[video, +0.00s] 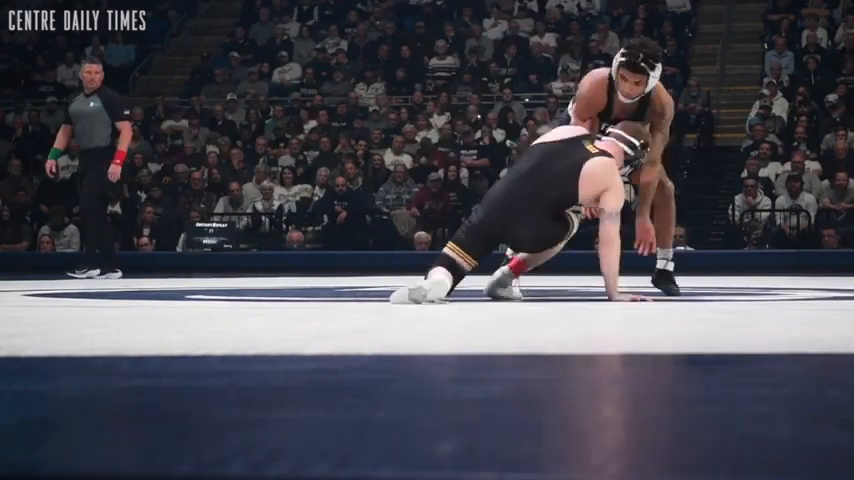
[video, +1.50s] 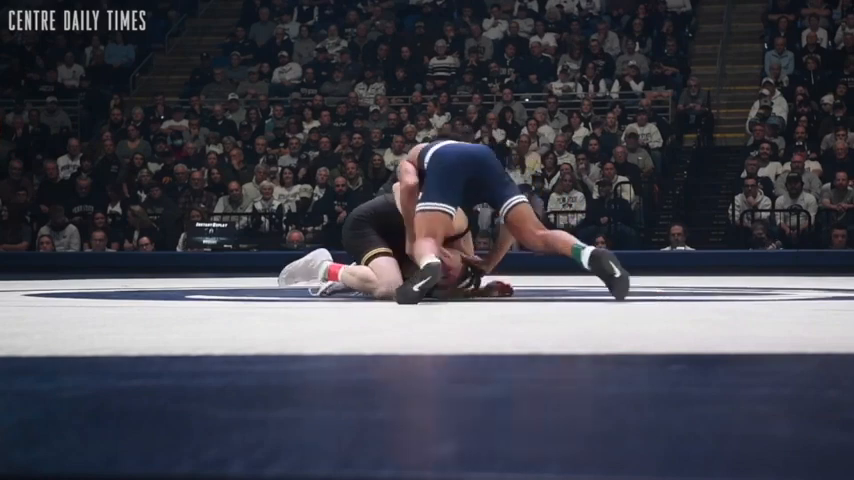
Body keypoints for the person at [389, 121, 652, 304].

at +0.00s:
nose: (626, 169)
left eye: (629, 164)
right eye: (630, 164)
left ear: (606, 135)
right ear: (628, 157)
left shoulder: (563, 132)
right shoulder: (612, 180)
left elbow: (530, 166)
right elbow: (608, 237)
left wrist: (572, 198)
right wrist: (614, 291)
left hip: (493, 210)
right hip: (533, 232)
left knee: (451, 265)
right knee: (569, 225)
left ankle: (434, 284)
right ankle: (506, 278)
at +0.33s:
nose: (576, 91)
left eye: (577, 86)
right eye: (577, 85)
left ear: (540, 69)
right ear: (571, 81)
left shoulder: (505, 78)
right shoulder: (564, 108)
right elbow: (574, 166)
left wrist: (574, 119)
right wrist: (596, 203)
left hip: (473, 166)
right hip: (514, 170)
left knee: (456, 237)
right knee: (523, 201)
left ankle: (463, 254)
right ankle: (501, 274)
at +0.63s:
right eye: (572, 65)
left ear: (545, 45)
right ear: (571, 60)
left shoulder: (509, 47)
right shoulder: (559, 82)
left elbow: (493, 115)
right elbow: (578, 144)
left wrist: (503, 182)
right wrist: (548, 176)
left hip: (459, 122)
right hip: (494, 139)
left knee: (436, 201)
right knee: (442, 198)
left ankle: (452, 252)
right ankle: (384, 243)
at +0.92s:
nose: (563, 245)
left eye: (566, 240)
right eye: (566, 241)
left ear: (551, 220)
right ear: (560, 235)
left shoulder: (520, 209)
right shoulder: (544, 247)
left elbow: (487, 239)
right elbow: (577, 294)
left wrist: (488, 289)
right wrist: (592, 298)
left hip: (429, 190)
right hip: (436, 216)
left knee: (351, 210)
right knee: (379, 289)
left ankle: (281, 179)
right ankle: (301, 263)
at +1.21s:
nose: (522, 255)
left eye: (526, 252)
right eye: (526, 250)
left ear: (519, 244)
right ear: (519, 243)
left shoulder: (491, 244)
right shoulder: (495, 245)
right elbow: (505, 273)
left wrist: (468, 279)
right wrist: (544, 290)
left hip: (397, 212)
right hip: (396, 208)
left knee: (398, 269)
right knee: (395, 287)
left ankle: (335, 247)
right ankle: (321, 262)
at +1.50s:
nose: (444, 267)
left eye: (446, 271)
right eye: (450, 269)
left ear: (450, 267)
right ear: (460, 258)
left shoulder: (458, 244)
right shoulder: (459, 221)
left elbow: (465, 275)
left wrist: (483, 284)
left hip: (392, 237)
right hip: (366, 221)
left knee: (412, 285)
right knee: (388, 286)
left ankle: (352, 282)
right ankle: (327, 268)